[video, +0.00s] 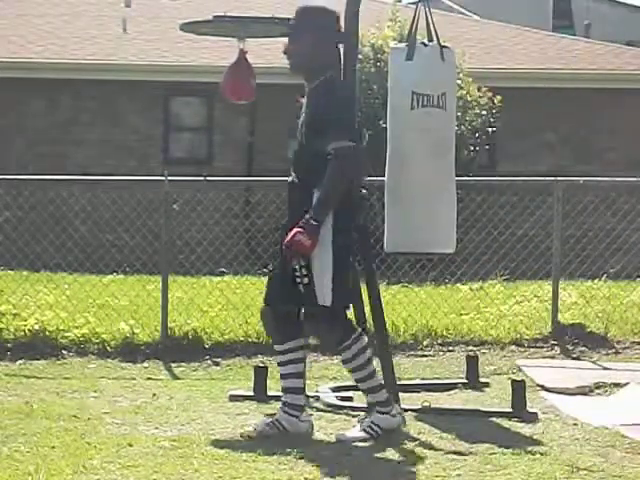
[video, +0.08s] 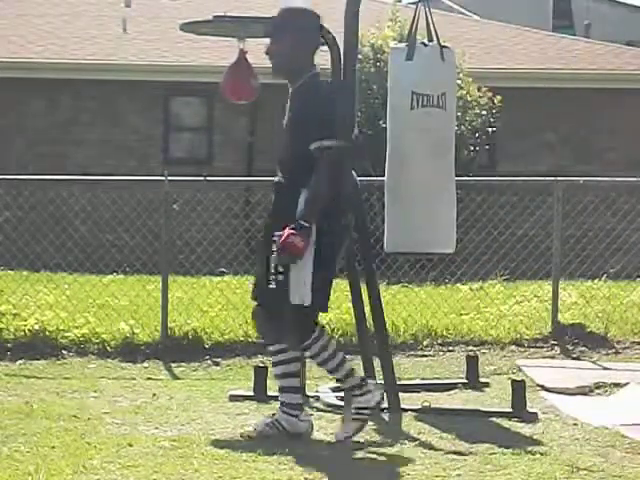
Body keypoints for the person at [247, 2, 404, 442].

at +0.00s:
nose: (286, 45)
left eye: (296, 36)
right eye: (289, 36)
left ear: (324, 43)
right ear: (313, 44)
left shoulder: (334, 93)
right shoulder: (316, 94)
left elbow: (345, 163)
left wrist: (312, 224)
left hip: (331, 220)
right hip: (305, 218)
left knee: (327, 321)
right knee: (279, 313)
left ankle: (385, 411)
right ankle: (293, 416)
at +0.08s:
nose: (268, 48)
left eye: (276, 39)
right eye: (270, 39)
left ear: (303, 43)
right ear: (295, 45)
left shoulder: (316, 92)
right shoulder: (300, 92)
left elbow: (329, 164)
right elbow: (305, 161)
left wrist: (304, 225)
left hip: (310, 222)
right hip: (287, 218)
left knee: (294, 320)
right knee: (272, 316)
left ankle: (362, 391)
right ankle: (291, 414)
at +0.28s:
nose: (240, 44)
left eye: (246, 35)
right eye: (240, 36)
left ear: (266, 40)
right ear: (270, 41)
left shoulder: (283, 89)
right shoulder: (271, 87)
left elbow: (301, 163)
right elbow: (234, 91)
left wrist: (291, 226)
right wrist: (243, 57)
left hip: (275, 207)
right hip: (272, 205)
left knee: (226, 301)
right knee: (272, 309)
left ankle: (283, 393)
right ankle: (290, 409)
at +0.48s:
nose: (215, 47)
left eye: (222, 38)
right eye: (216, 38)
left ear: (249, 41)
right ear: (239, 41)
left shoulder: (261, 91)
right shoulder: (252, 90)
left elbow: (277, 166)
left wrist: (265, 228)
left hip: (249, 210)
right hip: (248, 208)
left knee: (226, 313)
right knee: (251, 311)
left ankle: (250, 413)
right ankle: (288, 407)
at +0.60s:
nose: (199, 46)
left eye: (206, 37)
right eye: (200, 37)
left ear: (232, 39)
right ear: (226, 40)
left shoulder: (250, 89)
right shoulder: (235, 88)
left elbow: (267, 165)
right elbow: (237, 162)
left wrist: (251, 227)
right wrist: (215, 210)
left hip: (235, 218)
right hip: (220, 216)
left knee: (216, 311)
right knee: (205, 311)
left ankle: (253, 411)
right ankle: (262, 389)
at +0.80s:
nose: (183, 45)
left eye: (190, 36)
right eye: (184, 36)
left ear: (213, 40)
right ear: (211, 41)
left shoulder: (230, 87)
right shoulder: (216, 86)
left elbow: (246, 158)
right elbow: (227, 153)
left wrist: (227, 221)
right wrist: (198, 173)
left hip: (223, 215)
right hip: (200, 213)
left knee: (222, 315)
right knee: (168, 298)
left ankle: (250, 414)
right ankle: (216, 385)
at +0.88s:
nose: (179, 41)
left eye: (188, 32)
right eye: (180, 33)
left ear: (214, 37)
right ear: (204, 38)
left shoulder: (226, 84)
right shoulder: (211, 84)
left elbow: (240, 153)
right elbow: (211, 156)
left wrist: (220, 217)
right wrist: (188, 208)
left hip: (219, 209)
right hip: (193, 207)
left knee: (223, 309)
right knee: (169, 304)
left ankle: (250, 413)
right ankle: (200, 404)